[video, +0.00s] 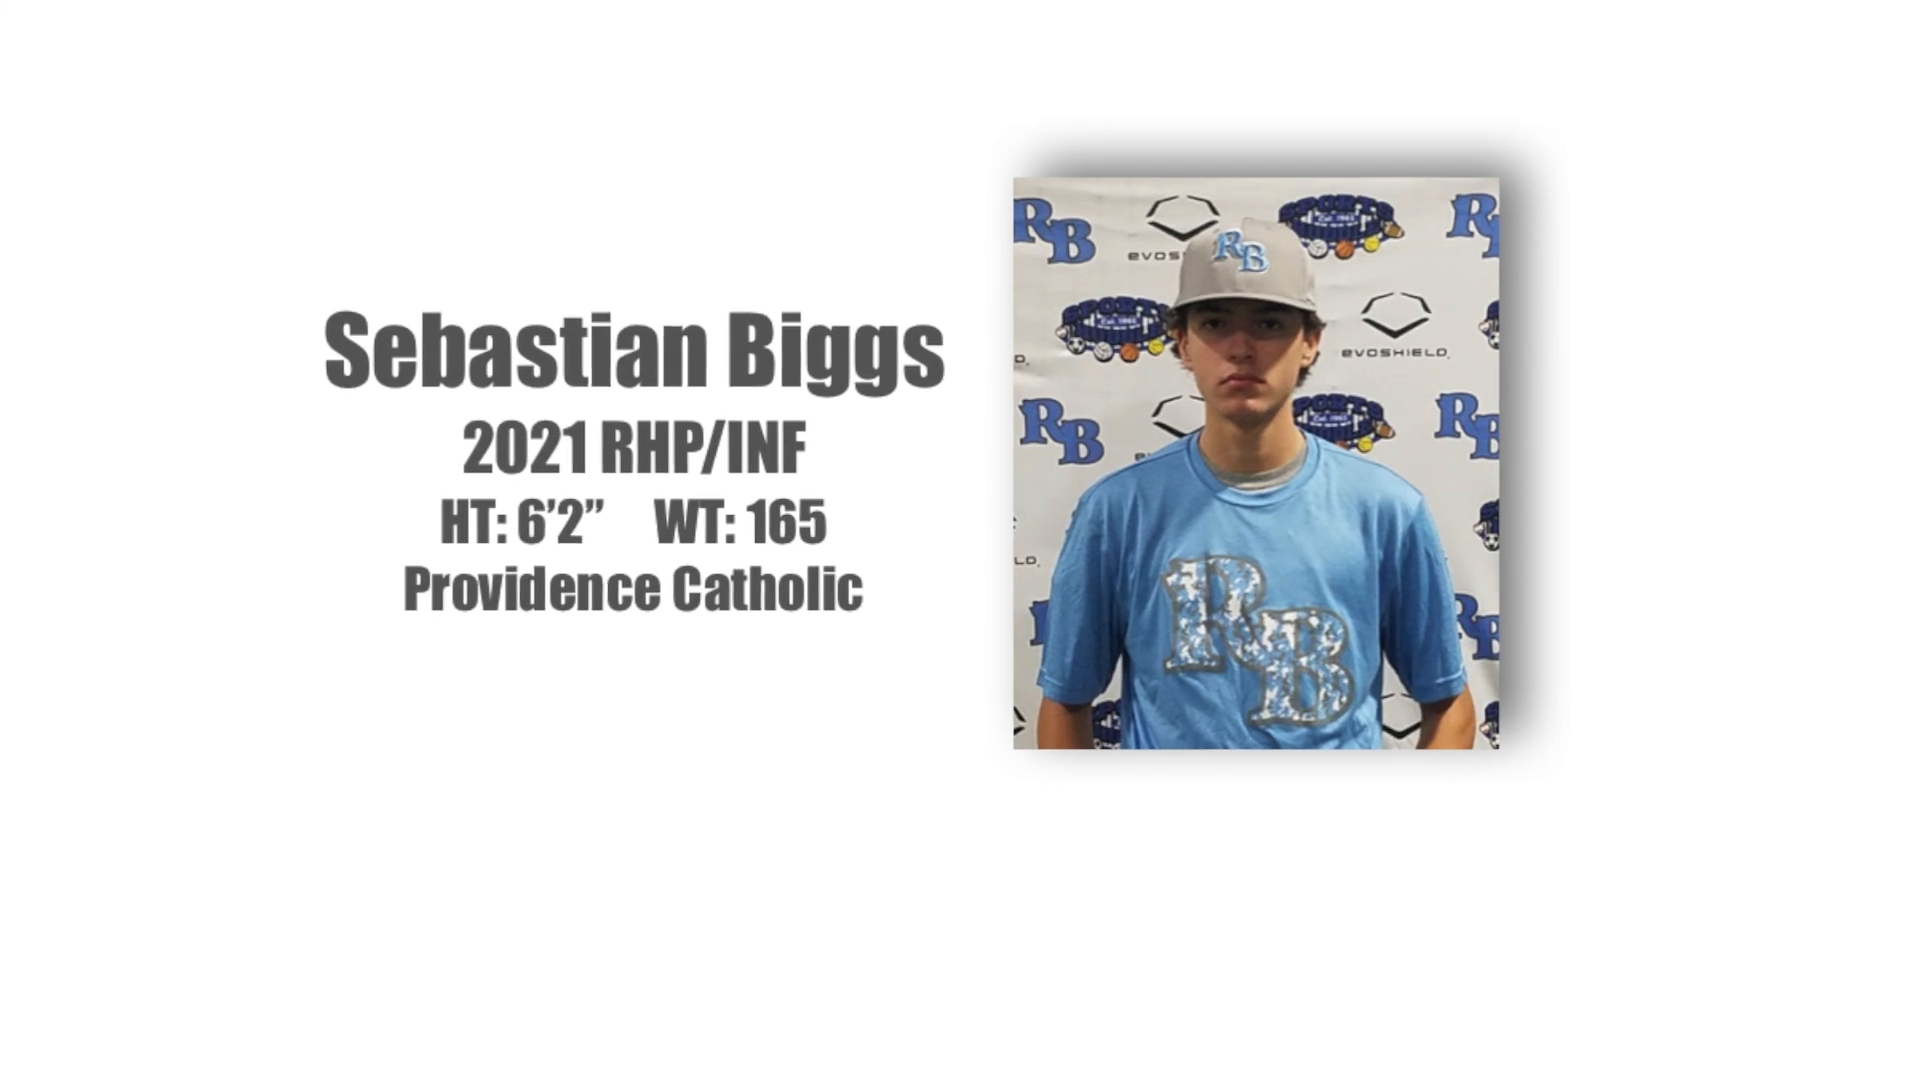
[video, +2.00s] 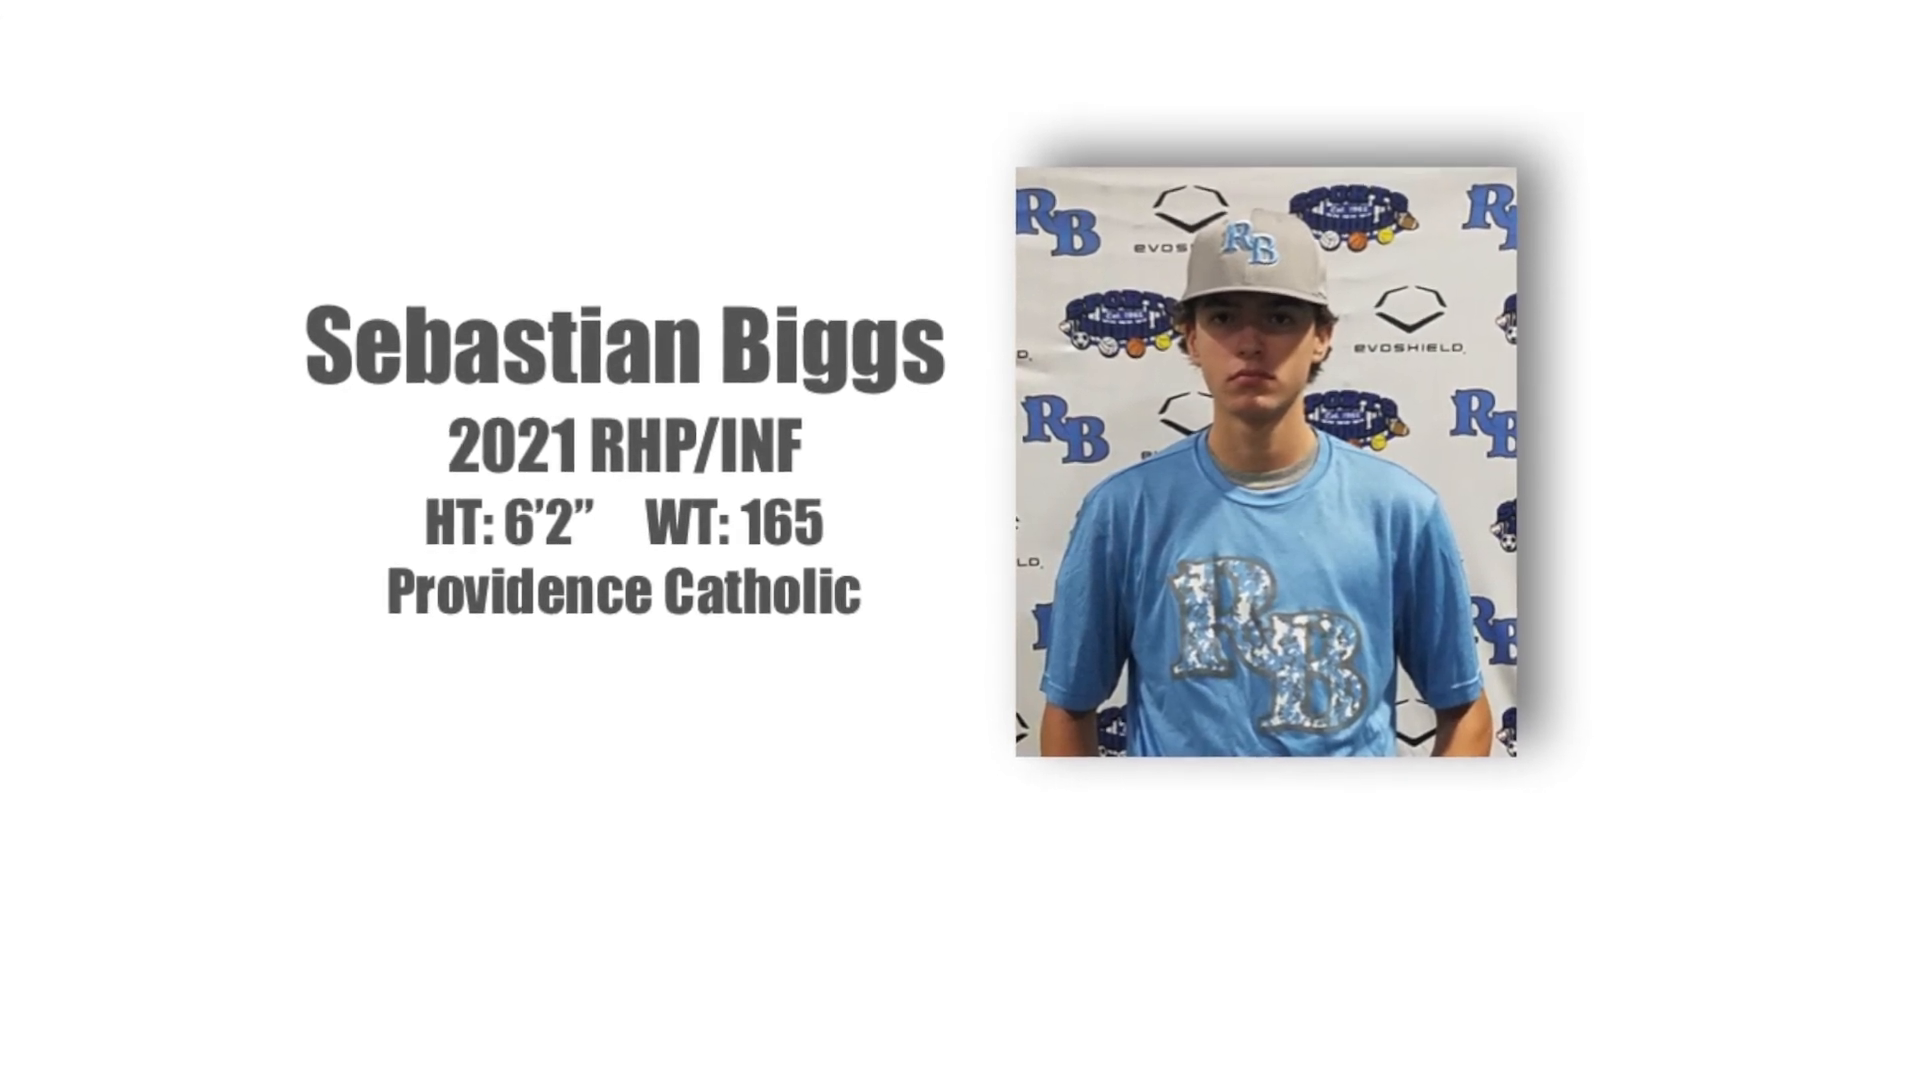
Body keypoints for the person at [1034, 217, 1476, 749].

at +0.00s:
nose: (1241, 347)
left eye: (1269, 323)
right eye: (1218, 323)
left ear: (1309, 345)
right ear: (1183, 345)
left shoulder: (1388, 510)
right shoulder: (1114, 513)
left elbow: (1450, 706)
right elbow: (1066, 708)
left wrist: (1412, 820)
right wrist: (1075, 826)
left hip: (1346, 817)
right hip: (1167, 817)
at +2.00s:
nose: (1251, 342)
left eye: (1279, 317)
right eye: (1226, 318)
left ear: (1320, 340)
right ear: (1191, 339)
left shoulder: (1402, 511)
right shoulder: (1120, 513)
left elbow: (1466, 712)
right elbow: (1069, 714)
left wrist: (1426, 832)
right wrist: (1080, 838)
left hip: (1357, 828)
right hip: (1174, 829)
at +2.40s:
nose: (1253, 341)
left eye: (1281, 316)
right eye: (1228, 316)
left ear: (1323, 338)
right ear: (1193, 338)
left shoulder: (1406, 511)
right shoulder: (1122, 513)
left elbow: (1470, 713)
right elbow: (1070, 716)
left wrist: (1430, 834)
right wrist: (1084, 841)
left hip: (1361, 831)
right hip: (1176, 831)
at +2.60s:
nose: (1254, 340)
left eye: (1283, 315)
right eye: (1229, 316)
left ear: (1325, 337)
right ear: (1194, 338)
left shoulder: (1407, 511)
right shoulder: (1122, 513)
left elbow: (1472, 714)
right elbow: (1071, 717)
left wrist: (1432, 835)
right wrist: (1084, 842)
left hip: (1362, 832)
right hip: (1177, 832)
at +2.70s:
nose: (1255, 340)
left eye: (1283, 315)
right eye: (1230, 315)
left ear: (1325, 337)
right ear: (1194, 338)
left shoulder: (1409, 511)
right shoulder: (1123, 513)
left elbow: (1473, 715)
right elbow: (1071, 717)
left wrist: (1433, 837)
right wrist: (1084, 842)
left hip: (1363, 832)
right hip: (1178, 832)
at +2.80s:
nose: (1255, 340)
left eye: (1284, 315)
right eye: (1231, 315)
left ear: (1326, 336)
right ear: (1194, 337)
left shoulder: (1409, 511)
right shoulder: (1123, 513)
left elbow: (1474, 715)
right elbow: (1071, 717)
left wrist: (1433, 837)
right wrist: (1082, 843)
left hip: (1364, 834)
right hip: (1178, 833)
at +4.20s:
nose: (1064, 344)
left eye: (1087, 324)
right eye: (1044, 324)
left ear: (1121, 343)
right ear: (1014, 341)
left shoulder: (1188, 484)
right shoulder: (955, 486)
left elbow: (1240, 650)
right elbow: (914, 652)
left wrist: (1210, 753)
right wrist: (921, 757)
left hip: (1151, 752)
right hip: (1001, 752)